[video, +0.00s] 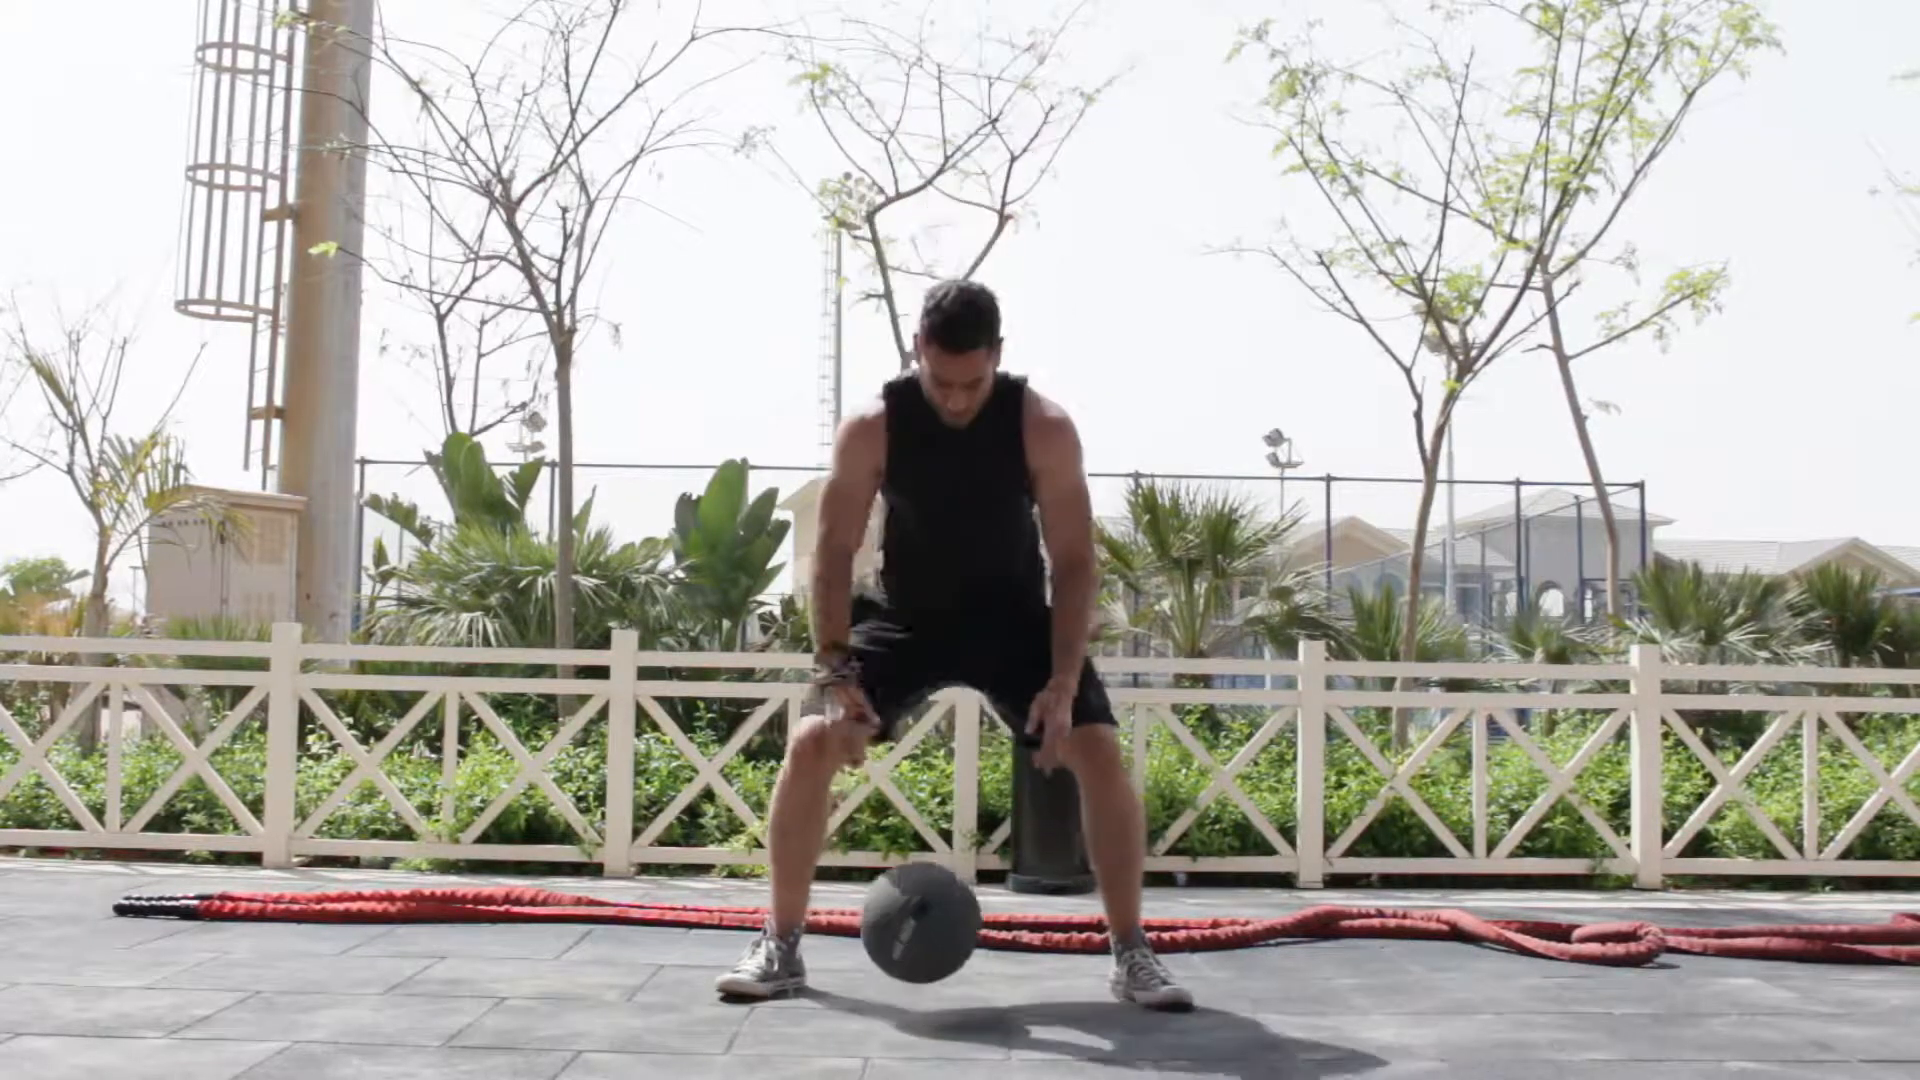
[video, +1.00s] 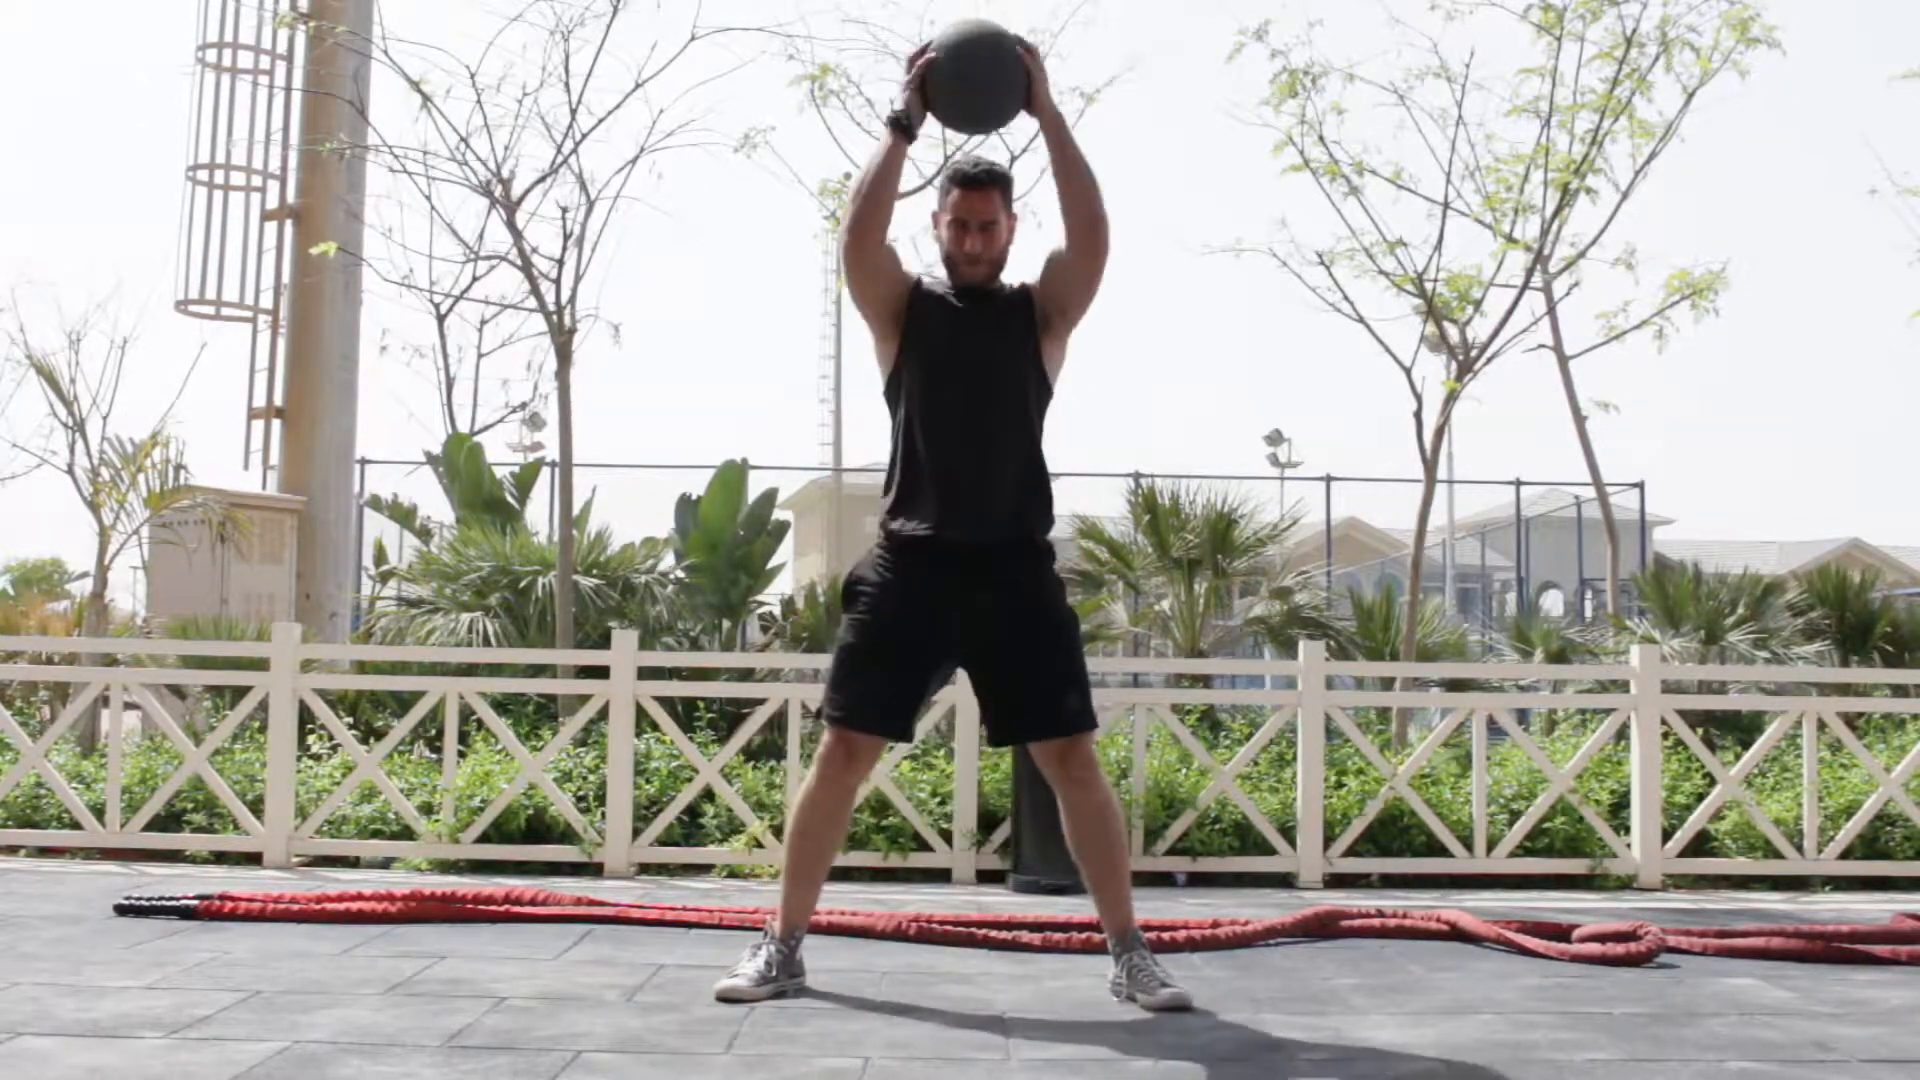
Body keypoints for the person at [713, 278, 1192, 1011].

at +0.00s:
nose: (957, 400)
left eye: (973, 384)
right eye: (942, 382)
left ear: (998, 359)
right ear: (917, 354)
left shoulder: (1043, 430)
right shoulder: (870, 432)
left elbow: (1074, 562)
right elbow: (834, 551)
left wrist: (1064, 681)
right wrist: (833, 669)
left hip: (1014, 626)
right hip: (904, 625)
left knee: (1101, 752)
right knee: (811, 743)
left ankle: (1132, 953)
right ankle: (780, 944)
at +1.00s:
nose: (974, 235)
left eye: (988, 223)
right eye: (961, 222)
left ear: (1012, 232)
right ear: (936, 230)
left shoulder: (1041, 315)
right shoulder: (901, 311)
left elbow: (1090, 239)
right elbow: (863, 237)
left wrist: (1047, 114)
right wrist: (905, 121)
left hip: (1016, 571)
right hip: (908, 569)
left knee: (1072, 761)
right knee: (842, 755)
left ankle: (1130, 954)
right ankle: (783, 947)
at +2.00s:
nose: (969, 368)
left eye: (986, 353)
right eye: (955, 351)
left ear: (1011, 329)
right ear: (929, 323)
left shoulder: (1050, 411)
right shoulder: (881, 411)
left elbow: (1081, 536)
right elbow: (843, 538)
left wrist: (1074, 644)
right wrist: (838, 648)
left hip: (1017, 614)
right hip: (907, 613)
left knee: (1094, 752)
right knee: (819, 744)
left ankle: (1131, 951)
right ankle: (780, 949)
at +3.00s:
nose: (1048, 252)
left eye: (1059, 234)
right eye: (1029, 236)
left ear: (1074, 231)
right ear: (994, 233)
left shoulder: (1089, 321)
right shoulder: (952, 350)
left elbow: (1090, 412)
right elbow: (967, 490)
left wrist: (1139, 405)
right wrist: (1085, 445)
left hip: (1075, 570)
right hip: (978, 580)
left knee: (1106, 751)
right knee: (993, 773)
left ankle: (1122, 949)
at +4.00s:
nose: (513, 425)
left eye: (535, 411)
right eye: (509, 404)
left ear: (581, 406)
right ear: (502, 393)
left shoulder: (615, 505)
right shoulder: (529, 460)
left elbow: (564, 659)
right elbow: (528, 568)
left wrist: (484, 569)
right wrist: (472, 543)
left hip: (617, 692)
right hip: (537, 649)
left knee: (501, 849)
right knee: (444, 764)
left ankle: (439, 827)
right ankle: (427, 935)